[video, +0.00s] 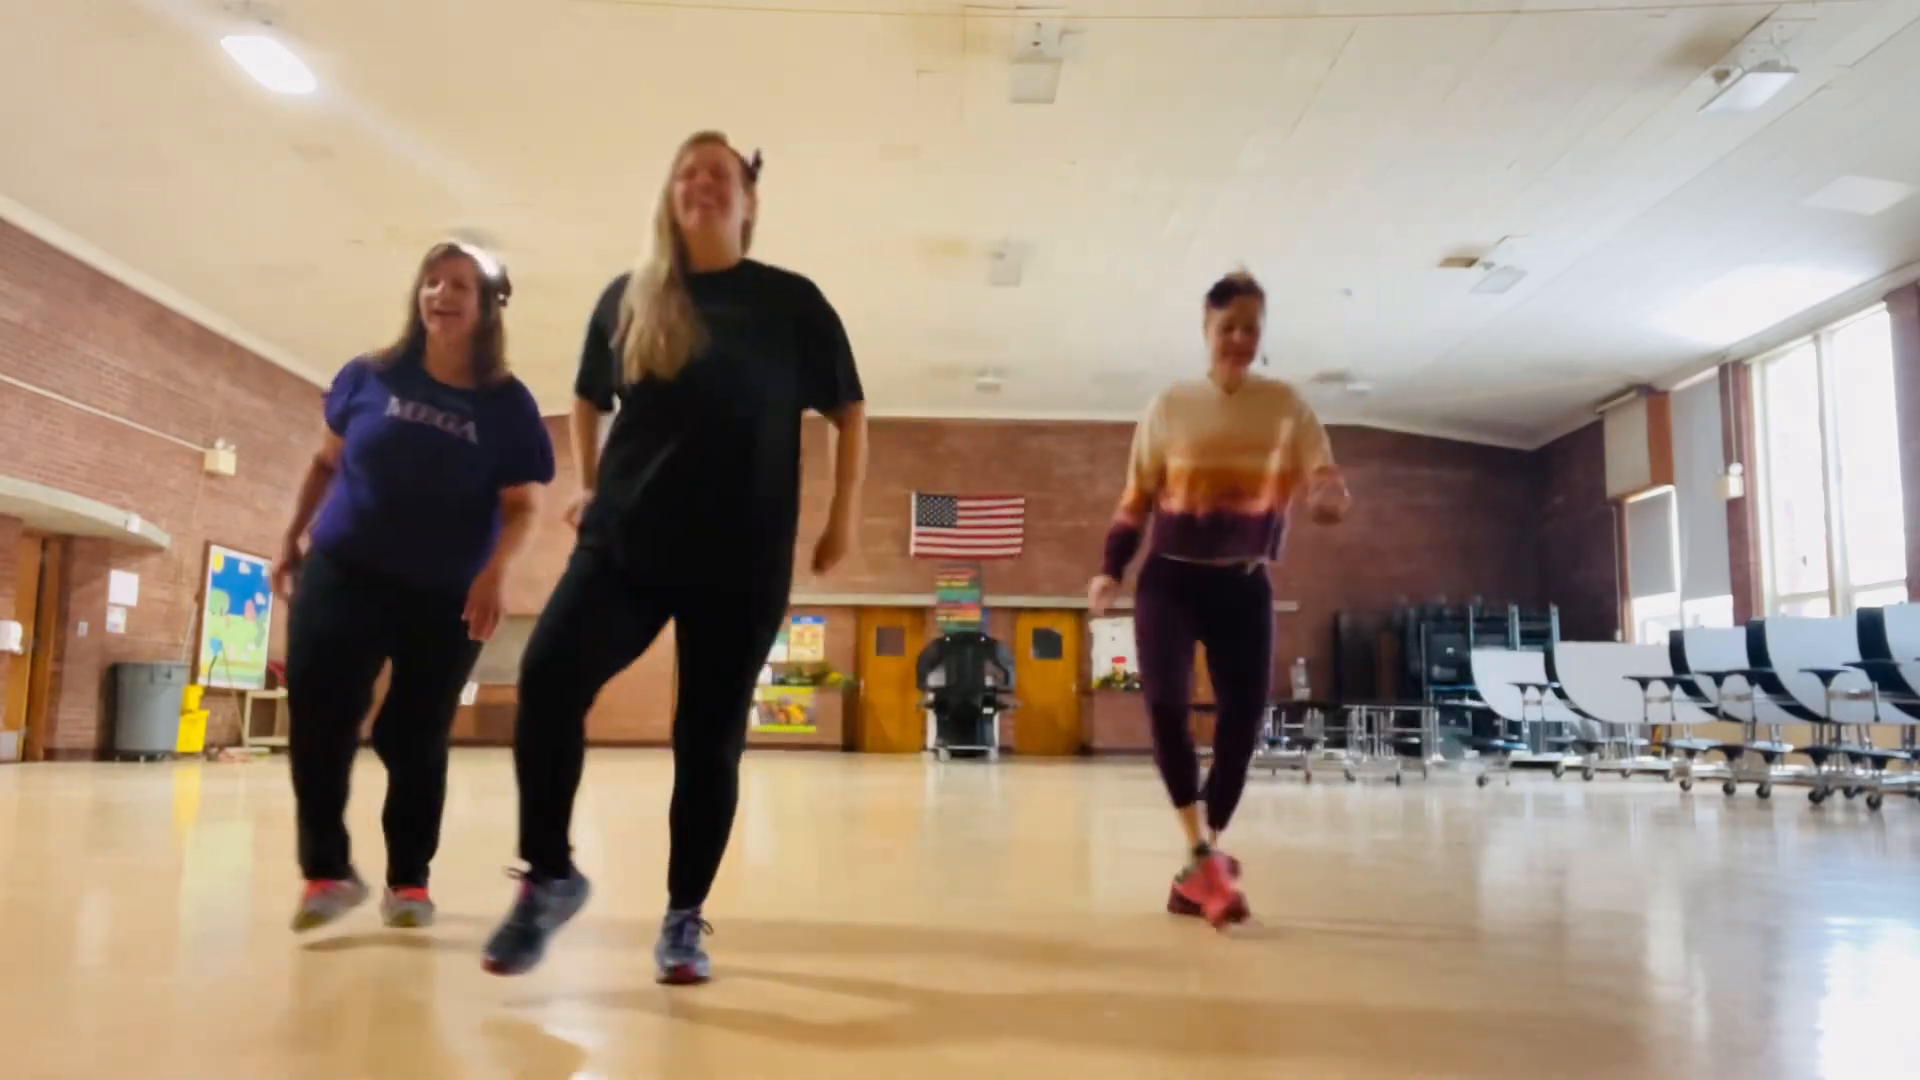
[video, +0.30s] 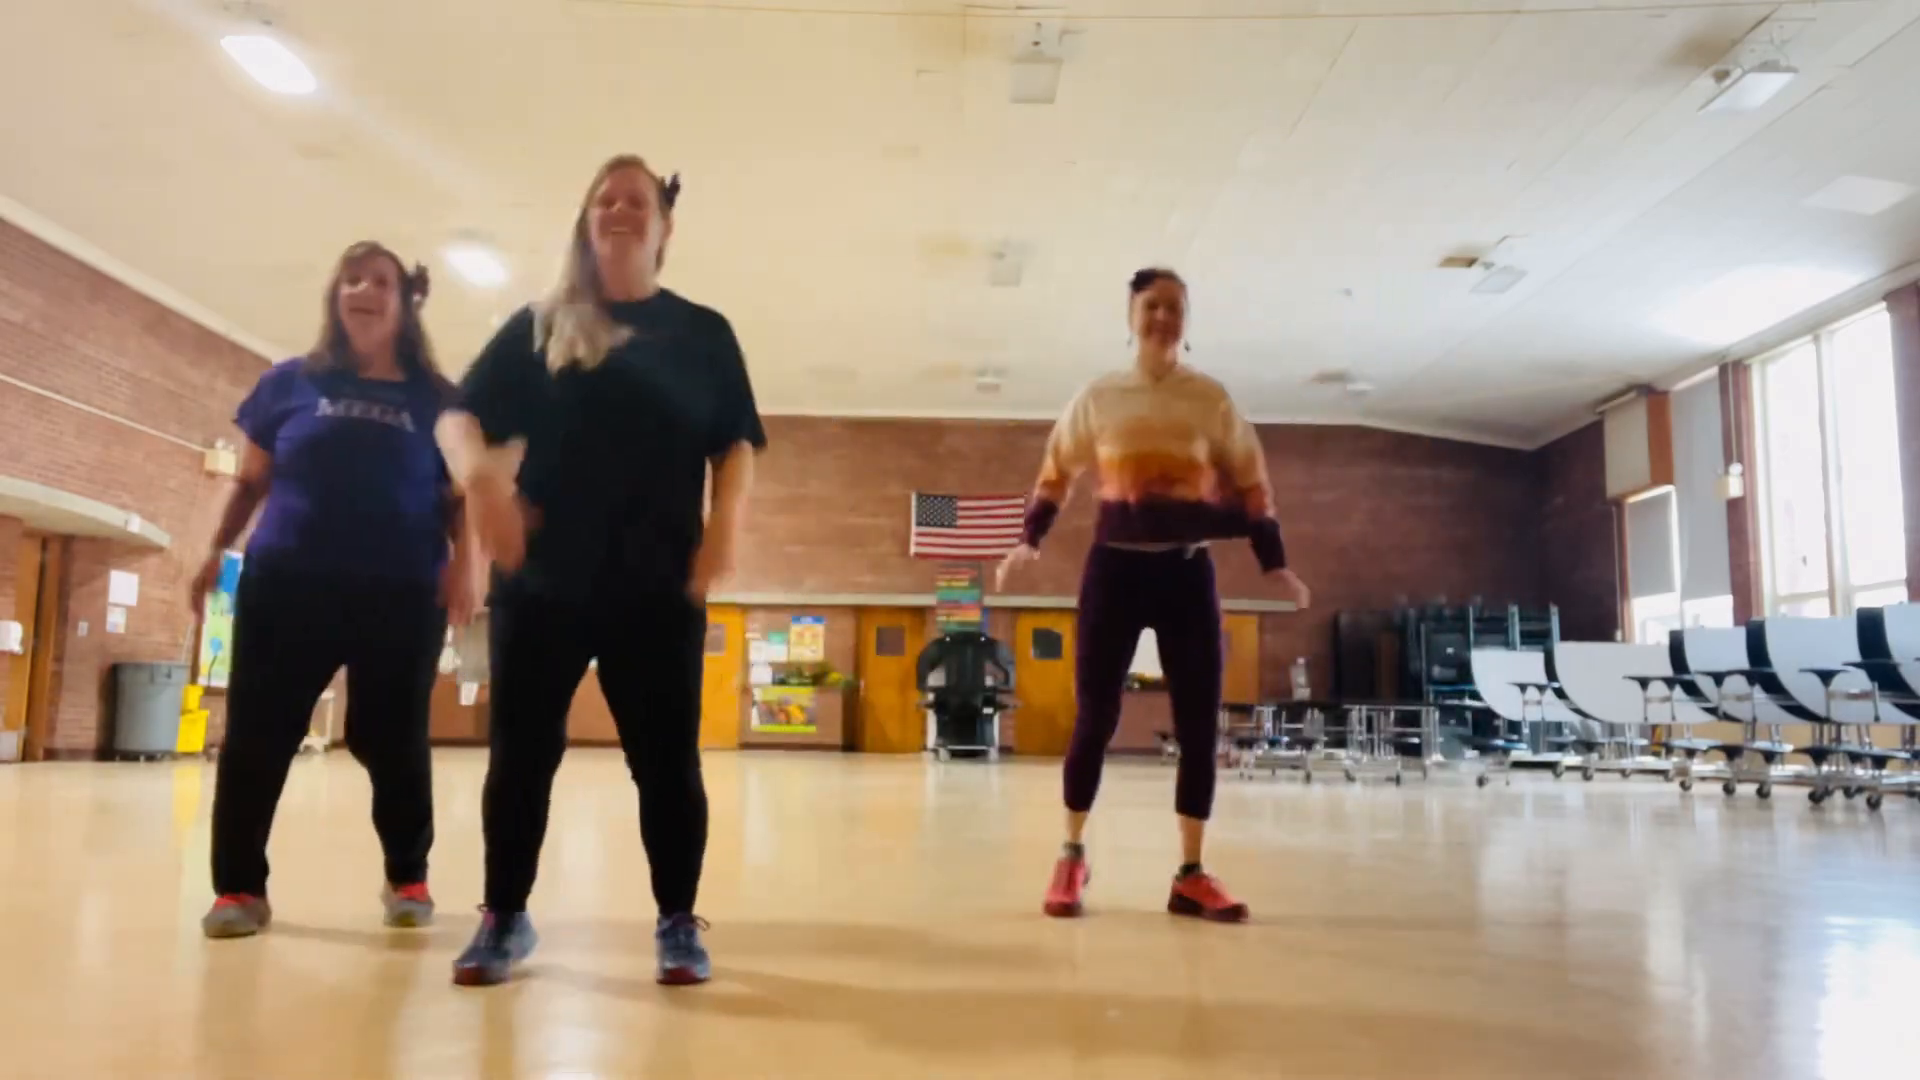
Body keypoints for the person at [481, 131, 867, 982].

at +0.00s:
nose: (703, 183)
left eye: (720, 174)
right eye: (690, 172)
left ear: (751, 199)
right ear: (668, 195)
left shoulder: (796, 303)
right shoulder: (631, 298)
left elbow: (850, 415)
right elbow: (588, 399)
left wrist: (840, 522)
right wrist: (584, 484)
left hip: (742, 556)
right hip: (630, 542)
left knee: (707, 743)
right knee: (546, 684)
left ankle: (686, 916)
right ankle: (548, 875)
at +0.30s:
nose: (620, 208)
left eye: (636, 199)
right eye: (607, 198)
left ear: (664, 224)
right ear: (585, 222)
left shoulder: (703, 334)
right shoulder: (539, 325)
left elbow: (734, 444)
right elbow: (461, 420)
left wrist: (720, 539)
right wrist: (482, 492)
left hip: (656, 584)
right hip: (543, 581)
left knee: (669, 764)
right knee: (519, 759)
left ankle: (678, 921)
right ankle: (504, 917)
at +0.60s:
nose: (611, 141)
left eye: (627, 128)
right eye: (596, 129)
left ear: (659, 147)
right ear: (572, 147)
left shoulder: (689, 243)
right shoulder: (530, 237)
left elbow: (720, 334)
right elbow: (518, 328)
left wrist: (726, 223)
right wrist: (547, 218)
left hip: (656, 508)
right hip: (544, 503)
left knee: (655, 696)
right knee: (537, 695)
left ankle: (607, 826)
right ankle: (515, 890)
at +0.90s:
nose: (638, 170)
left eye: (653, 157)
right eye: (622, 155)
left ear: (678, 169)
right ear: (593, 167)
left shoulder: (721, 256)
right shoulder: (558, 266)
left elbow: (767, 364)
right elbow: (526, 375)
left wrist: (729, 459)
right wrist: (580, 281)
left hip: (694, 510)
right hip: (586, 520)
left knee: (751, 643)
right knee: (568, 725)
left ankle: (661, 765)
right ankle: (531, 921)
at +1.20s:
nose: (737, 171)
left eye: (753, 158)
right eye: (721, 157)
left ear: (779, 173)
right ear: (692, 170)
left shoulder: (821, 276)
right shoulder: (654, 288)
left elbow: (862, 407)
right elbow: (596, 421)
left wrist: (809, 525)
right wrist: (669, 437)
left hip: (796, 554)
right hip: (683, 558)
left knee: (832, 752)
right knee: (673, 753)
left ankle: (882, 953)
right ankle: (668, 940)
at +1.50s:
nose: (867, 142)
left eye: (885, 129)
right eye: (851, 129)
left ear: (917, 151)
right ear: (824, 150)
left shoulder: (965, 268)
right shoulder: (788, 280)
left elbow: (1039, 398)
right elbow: (754, 409)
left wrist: (992, 511)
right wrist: (747, 503)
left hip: (942, 547)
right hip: (826, 542)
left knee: (916, 756)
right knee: (760, 714)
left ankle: (896, 971)